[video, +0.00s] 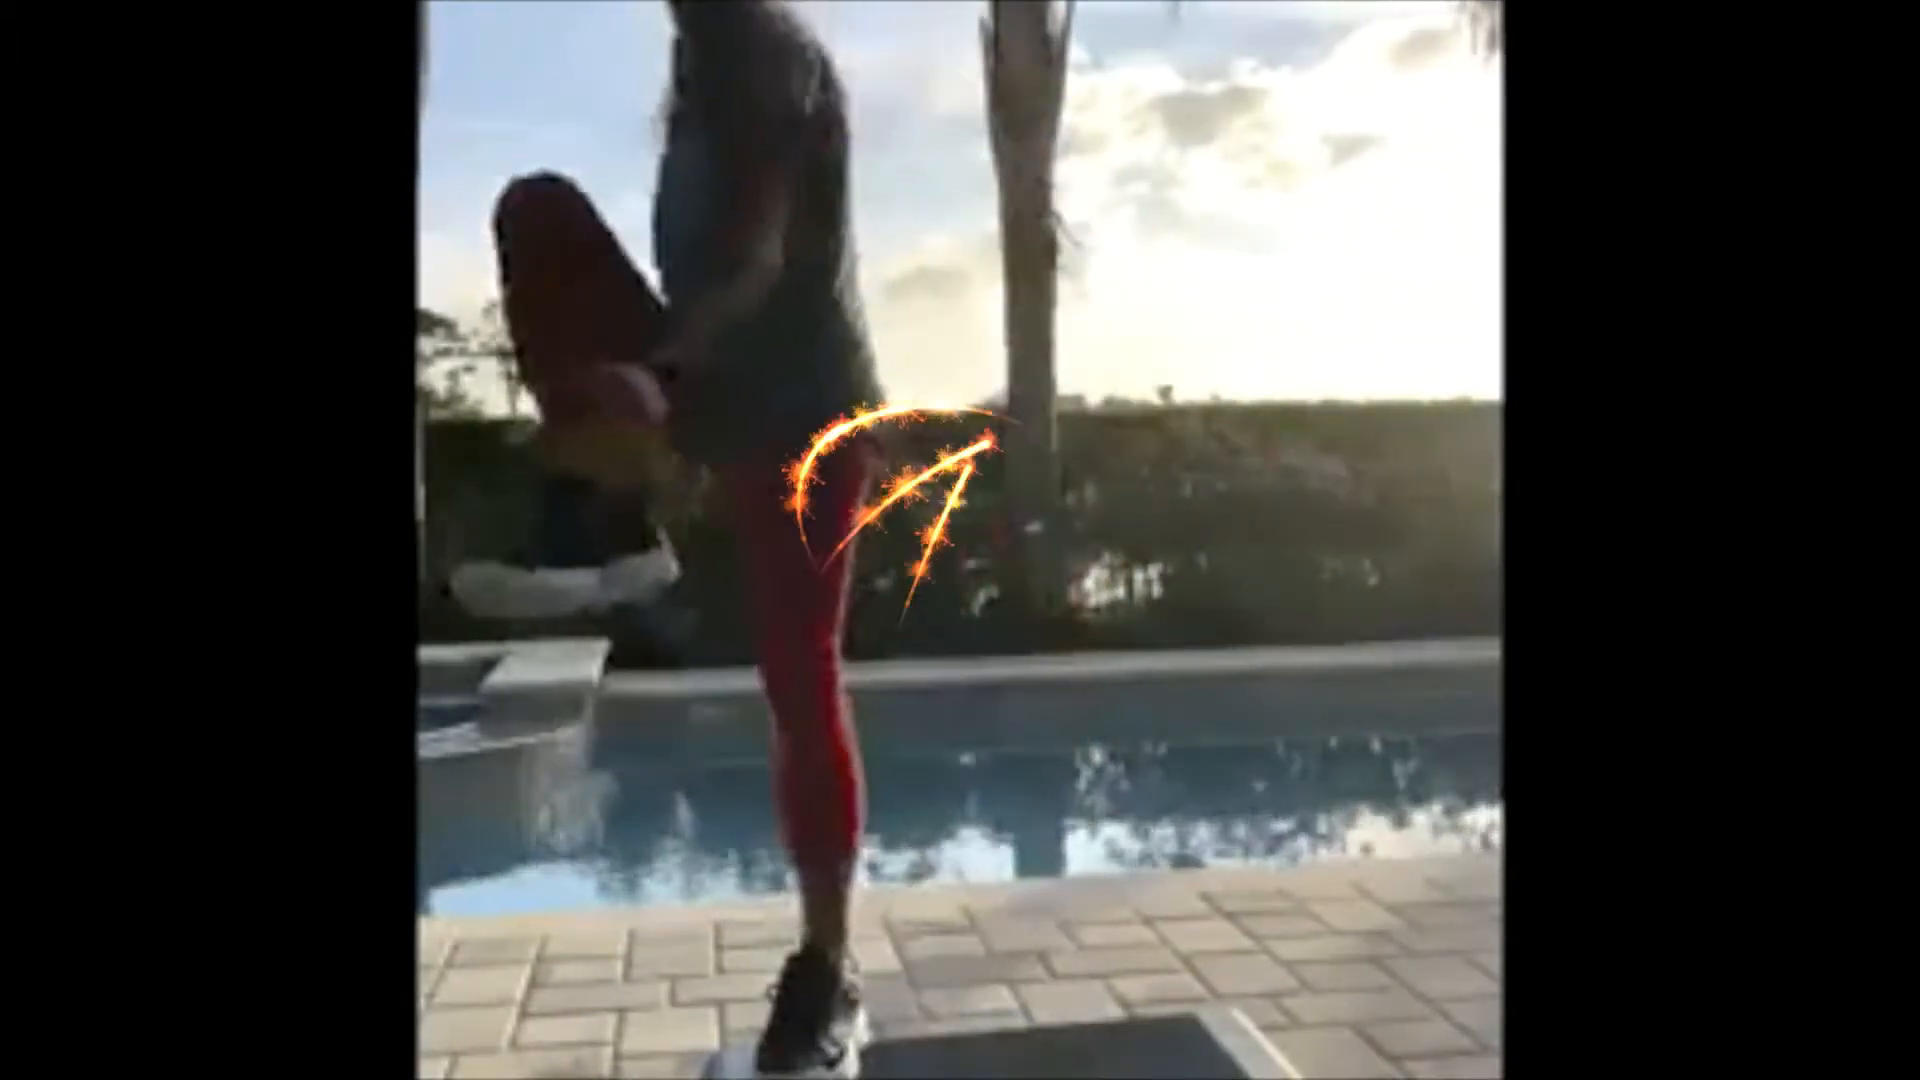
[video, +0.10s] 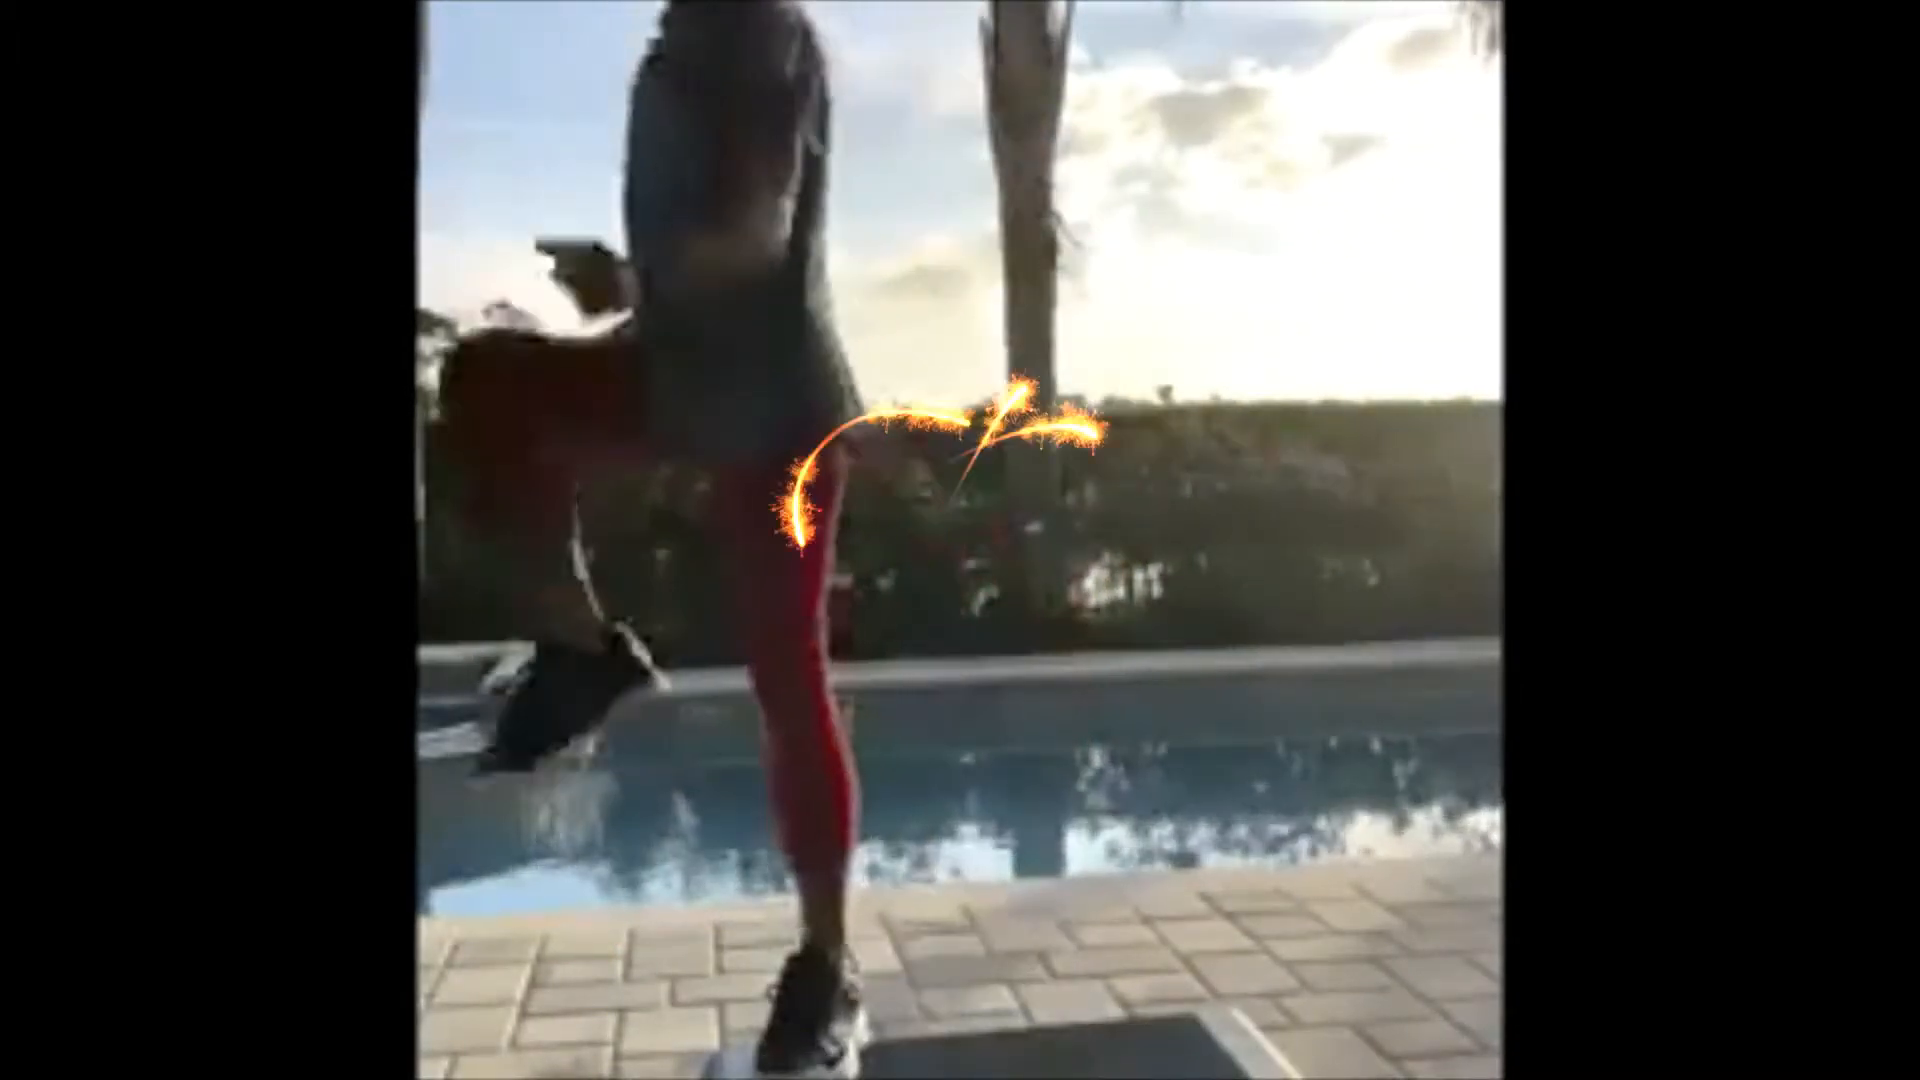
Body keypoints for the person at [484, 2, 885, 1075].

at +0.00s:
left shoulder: (767, 43)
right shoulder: (703, 66)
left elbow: (761, 253)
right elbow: (716, 261)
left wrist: (662, 360)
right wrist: (650, 357)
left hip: (799, 397)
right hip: (706, 380)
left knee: (800, 686)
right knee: (534, 208)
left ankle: (824, 972)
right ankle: (612, 528)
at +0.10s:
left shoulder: (763, 27)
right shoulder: (676, 50)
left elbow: (759, 238)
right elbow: (703, 261)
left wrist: (635, 280)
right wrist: (605, 306)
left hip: (779, 389)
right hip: (686, 378)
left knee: (787, 671)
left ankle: (825, 966)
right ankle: (579, 639)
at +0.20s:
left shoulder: (790, 57)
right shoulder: (621, 65)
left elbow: (791, 204)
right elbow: (614, 236)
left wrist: (687, 118)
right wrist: (466, 268)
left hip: (745, 396)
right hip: (624, 391)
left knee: (747, 679)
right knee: (500, 596)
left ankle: (822, 961)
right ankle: (548, 790)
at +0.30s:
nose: (710, 31)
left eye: (732, 20)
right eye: (697, 13)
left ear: (762, 30)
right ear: (662, 12)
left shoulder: (767, 120)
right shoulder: (570, 113)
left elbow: (826, 224)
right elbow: (492, 242)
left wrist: (777, 68)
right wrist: (416, 241)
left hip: (711, 464)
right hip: (575, 458)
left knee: (699, 705)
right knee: (540, 705)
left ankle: (816, 956)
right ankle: (500, 926)